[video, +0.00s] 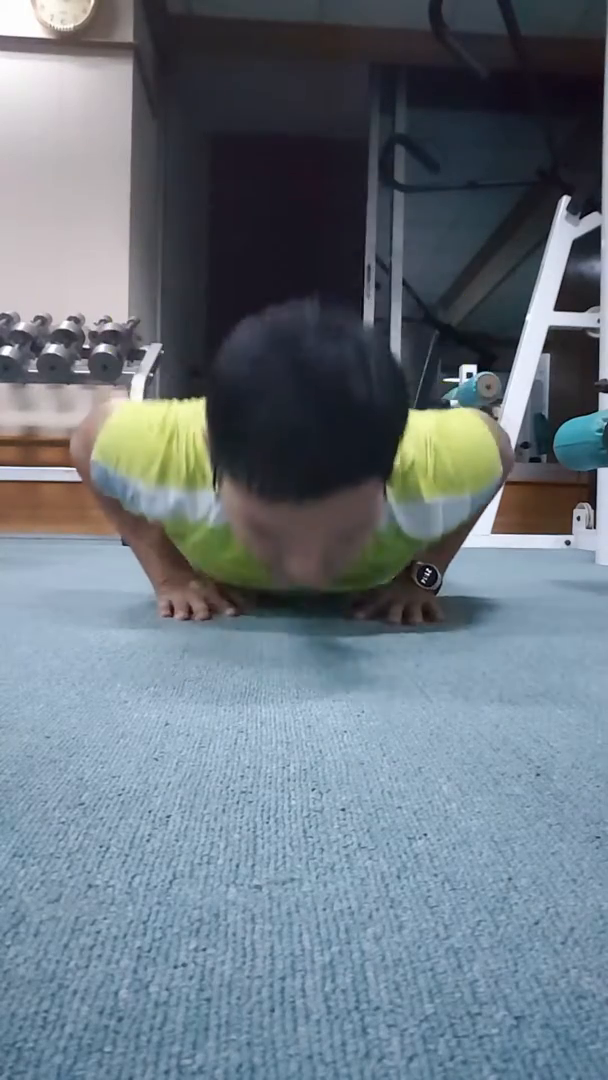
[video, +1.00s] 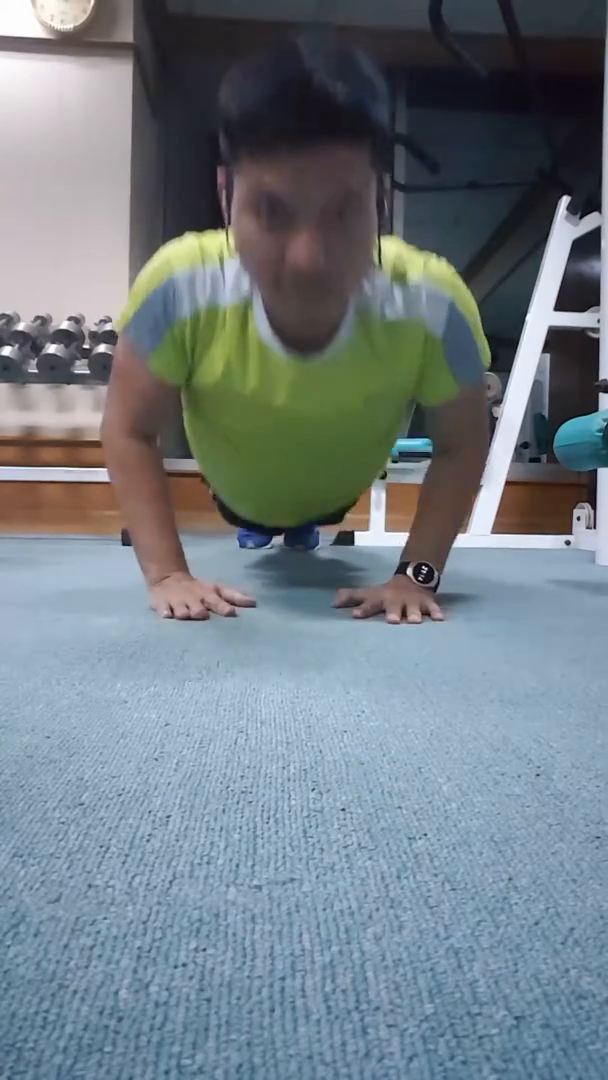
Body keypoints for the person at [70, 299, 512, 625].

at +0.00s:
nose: (306, 569)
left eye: (345, 537)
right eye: (267, 535)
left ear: (385, 477)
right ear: (215, 468)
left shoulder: (439, 468)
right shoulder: (159, 456)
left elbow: (493, 443)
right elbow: (88, 440)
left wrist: (423, 576)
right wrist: (172, 576)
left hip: (374, 570)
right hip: (228, 570)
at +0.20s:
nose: (308, 534)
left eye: (342, 501)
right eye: (272, 504)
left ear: (384, 450)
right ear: (221, 448)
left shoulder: (448, 443)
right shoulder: (156, 444)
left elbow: (489, 456)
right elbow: (91, 442)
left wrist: (419, 576)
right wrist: (172, 574)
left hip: (362, 565)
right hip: (229, 561)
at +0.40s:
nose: (317, 351)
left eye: (348, 314)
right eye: (280, 319)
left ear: (386, 272)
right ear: (222, 269)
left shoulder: (442, 341)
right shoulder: (162, 345)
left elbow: (480, 452)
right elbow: (106, 446)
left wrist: (417, 577)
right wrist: (174, 575)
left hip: (344, 506)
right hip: (232, 510)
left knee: (329, 533)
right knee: (246, 535)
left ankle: (303, 551)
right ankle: (262, 547)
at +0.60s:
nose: (318, 189)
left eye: (348, 152)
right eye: (283, 154)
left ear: (384, 128)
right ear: (232, 132)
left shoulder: (428, 249)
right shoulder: (183, 244)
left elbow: (451, 427)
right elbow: (138, 423)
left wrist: (415, 577)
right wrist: (176, 576)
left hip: (340, 464)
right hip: (238, 464)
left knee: (315, 504)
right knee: (253, 506)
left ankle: (301, 520)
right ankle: (261, 520)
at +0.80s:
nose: (308, 141)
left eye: (339, 104)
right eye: (275, 104)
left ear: (375, 93)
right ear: (231, 96)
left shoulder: (423, 228)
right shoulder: (187, 217)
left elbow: (432, 414)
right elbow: (157, 405)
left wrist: (414, 574)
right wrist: (170, 573)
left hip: (341, 446)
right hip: (241, 443)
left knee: (316, 492)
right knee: (255, 490)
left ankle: (302, 515)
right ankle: (262, 514)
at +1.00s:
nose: (307, 254)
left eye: (341, 211)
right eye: (272, 211)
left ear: (381, 195)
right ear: (225, 195)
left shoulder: (428, 298)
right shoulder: (177, 282)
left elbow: (462, 444)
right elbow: (126, 431)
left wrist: (416, 574)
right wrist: (168, 574)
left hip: (338, 489)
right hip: (236, 489)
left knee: (316, 516)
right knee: (249, 521)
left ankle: (303, 530)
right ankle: (260, 528)